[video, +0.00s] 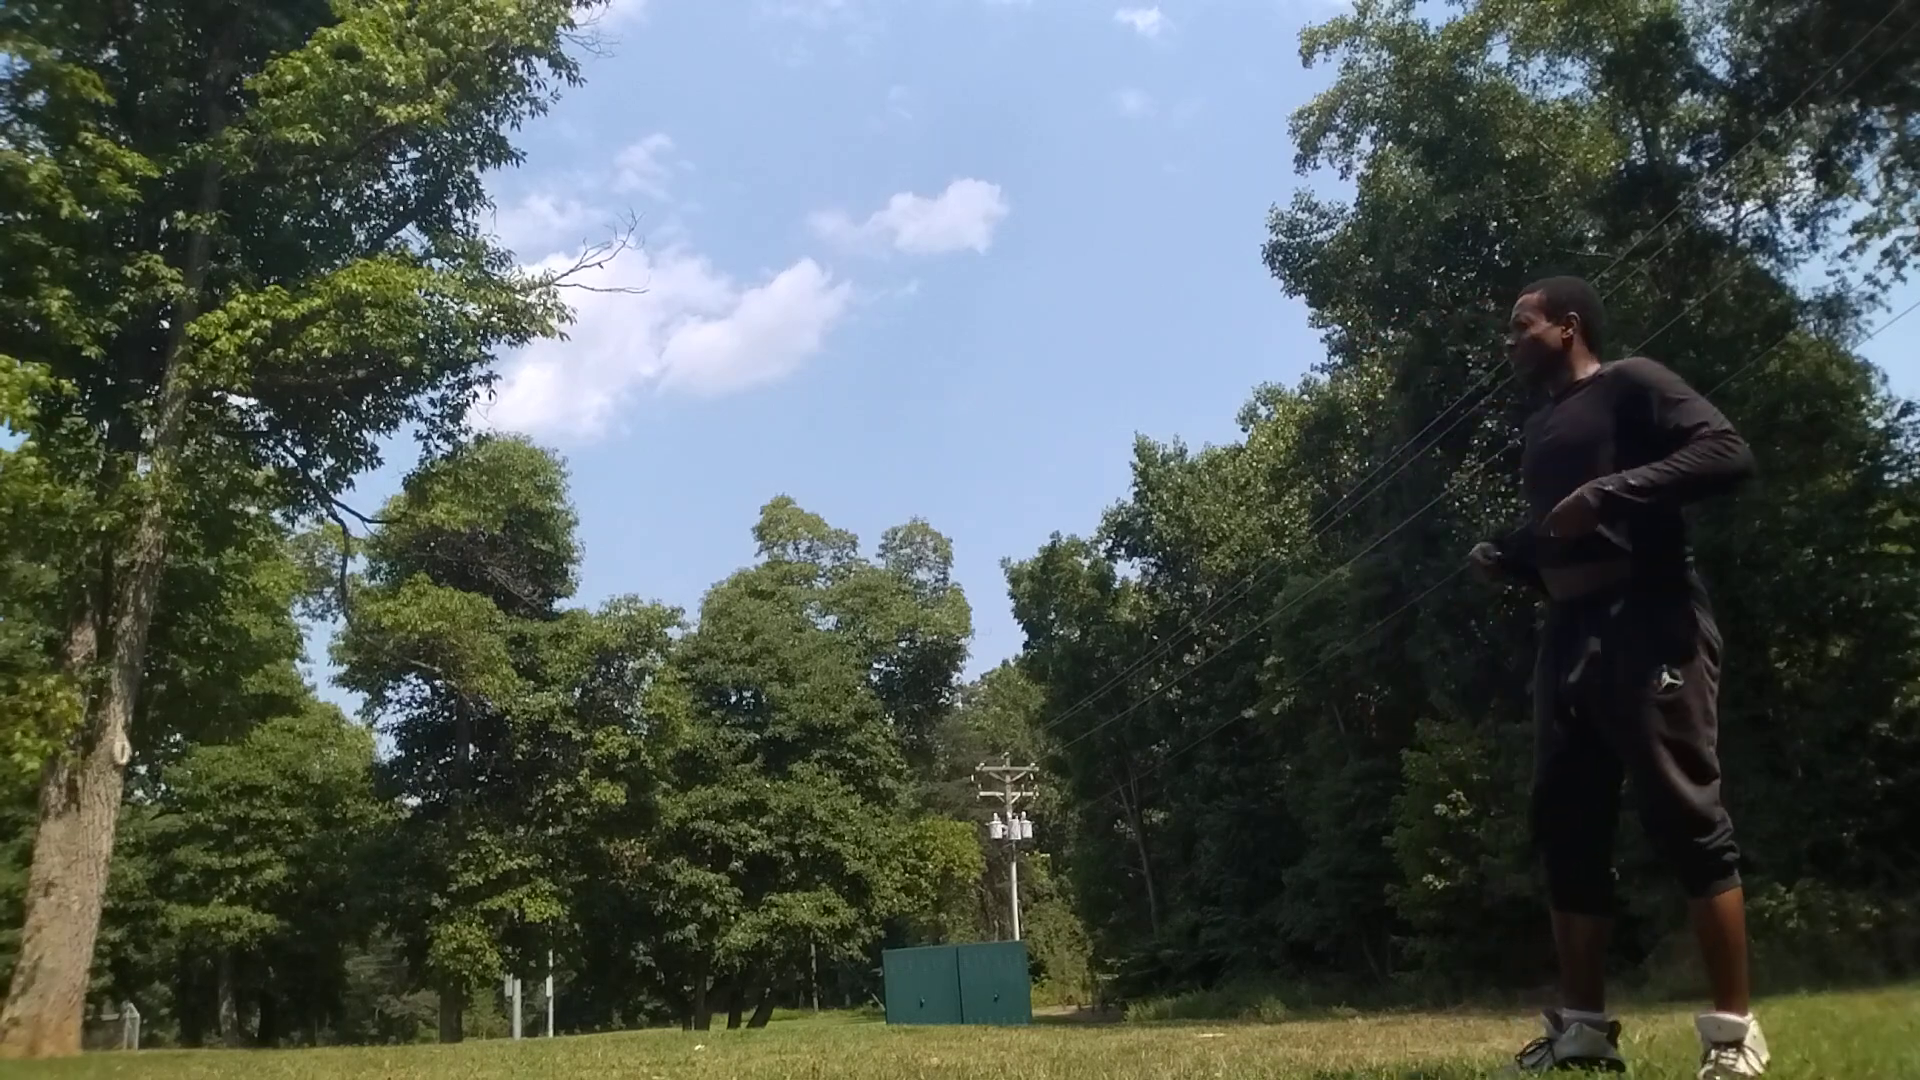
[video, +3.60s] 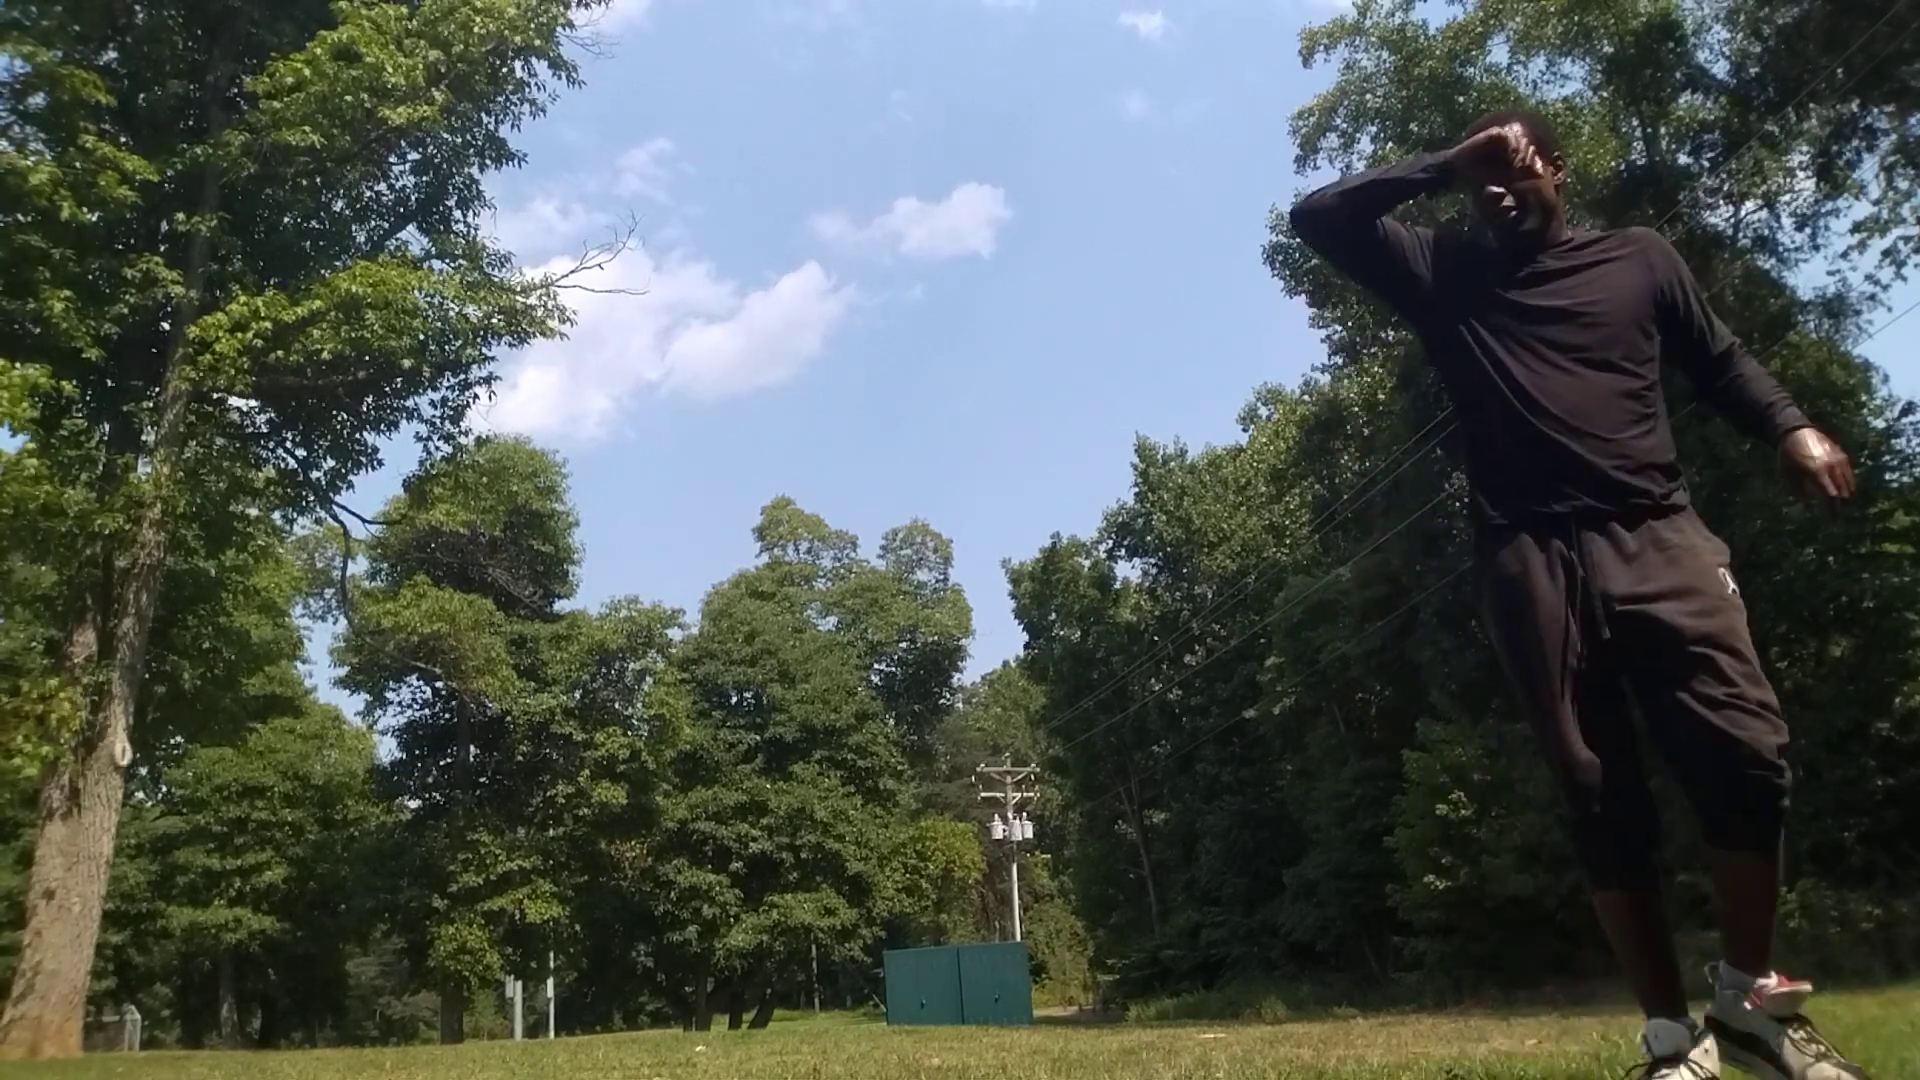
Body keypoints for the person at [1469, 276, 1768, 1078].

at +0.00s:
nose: (1511, 341)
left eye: (1522, 326)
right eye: (1511, 330)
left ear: (1567, 326)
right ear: (1555, 330)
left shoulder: (1633, 379)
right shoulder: (1542, 426)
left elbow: (1726, 450)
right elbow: (1567, 537)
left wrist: (1604, 492)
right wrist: (1510, 555)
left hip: (1654, 630)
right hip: (1572, 639)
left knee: (1691, 822)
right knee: (1566, 825)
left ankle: (1733, 1034)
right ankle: (1582, 1028)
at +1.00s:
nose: (1429, 371)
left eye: (1437, 358)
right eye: (1429, 361)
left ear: (1479, 358)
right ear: (1467, 362)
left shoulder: (1539, 403)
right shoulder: (1456, 448)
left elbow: (1554, 464)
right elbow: (1476, 548)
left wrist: (1441, 453)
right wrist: (1426, 565)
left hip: (1550, 637)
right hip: (1479, 652)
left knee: (1628, 835)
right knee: (1512, 844)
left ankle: (1723, 1031)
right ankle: (1574, 1032)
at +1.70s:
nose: (1384, 376)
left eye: (1394, 358)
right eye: (1381, 367)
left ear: (1436, 360)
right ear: (1397, 383)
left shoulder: (1483, 418)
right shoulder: (1403, 469)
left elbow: (1429, 355)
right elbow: (1405, 574)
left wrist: (1354, 397)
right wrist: (1346, 584)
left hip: (1510, 628)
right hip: (1439, 651)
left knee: (1564, 822)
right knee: (1494, 839)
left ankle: (1666, 1015)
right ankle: (1574, 1029)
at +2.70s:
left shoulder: (1574, 338)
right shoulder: (1442, 388)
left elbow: (1556, 235)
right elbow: (1417, 485)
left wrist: (1460, 320)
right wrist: (1395, 506)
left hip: (1574, 585)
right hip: (1466, 600)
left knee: (1591, 810)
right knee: (1466, 806)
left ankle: (1609, 1035)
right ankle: (1511, 1029)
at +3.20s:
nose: (1505, 256)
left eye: (1523, 238)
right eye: (1492, 243)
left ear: (1563, 244)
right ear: (1476, 252)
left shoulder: (1617, 303)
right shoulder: (1443, 341)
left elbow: (1710, 214)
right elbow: (1324, 418)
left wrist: (1566, 246)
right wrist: (1353, 338)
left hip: (1621, 574)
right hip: (1515, 586)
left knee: (1626, 798)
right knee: (1597, 799)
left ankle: (1613, 1019)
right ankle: (1669, 1036)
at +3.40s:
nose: (1490, 212)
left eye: (1505, 194)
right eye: (1474, 202)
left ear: (1549, 200)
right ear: (1461, 222)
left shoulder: (1630, 276)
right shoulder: (1434, 310)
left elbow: (1785, 310)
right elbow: (1296, 335)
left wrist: (1724, 317)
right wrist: (1384, 251)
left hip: (1639, 557)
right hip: (1523, 574)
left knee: (1697, 782)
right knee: (1595, 797)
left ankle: (1607, 976)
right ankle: (1669, 1031)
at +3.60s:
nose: (1503, 181)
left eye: (1514, 163)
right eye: (1485, 173)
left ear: (1555, 173)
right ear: (1469, 198)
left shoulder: (1639, 257)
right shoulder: (1442, 275)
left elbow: (1722, 360)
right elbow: (1318, 217)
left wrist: (1793, 427)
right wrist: (1438, 169)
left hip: (1660, 531)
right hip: (1534, 553)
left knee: (1751, 755)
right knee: (1594, 788)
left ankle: (1749, 992)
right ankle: (1667, 1028)